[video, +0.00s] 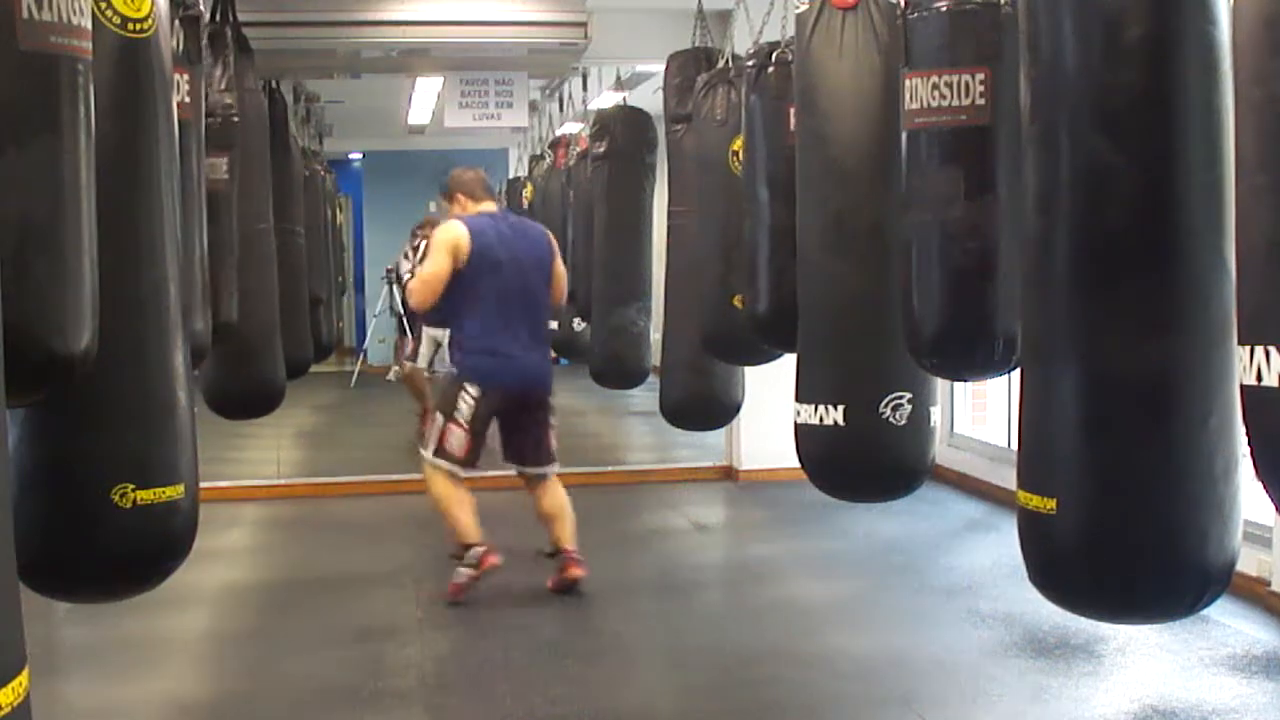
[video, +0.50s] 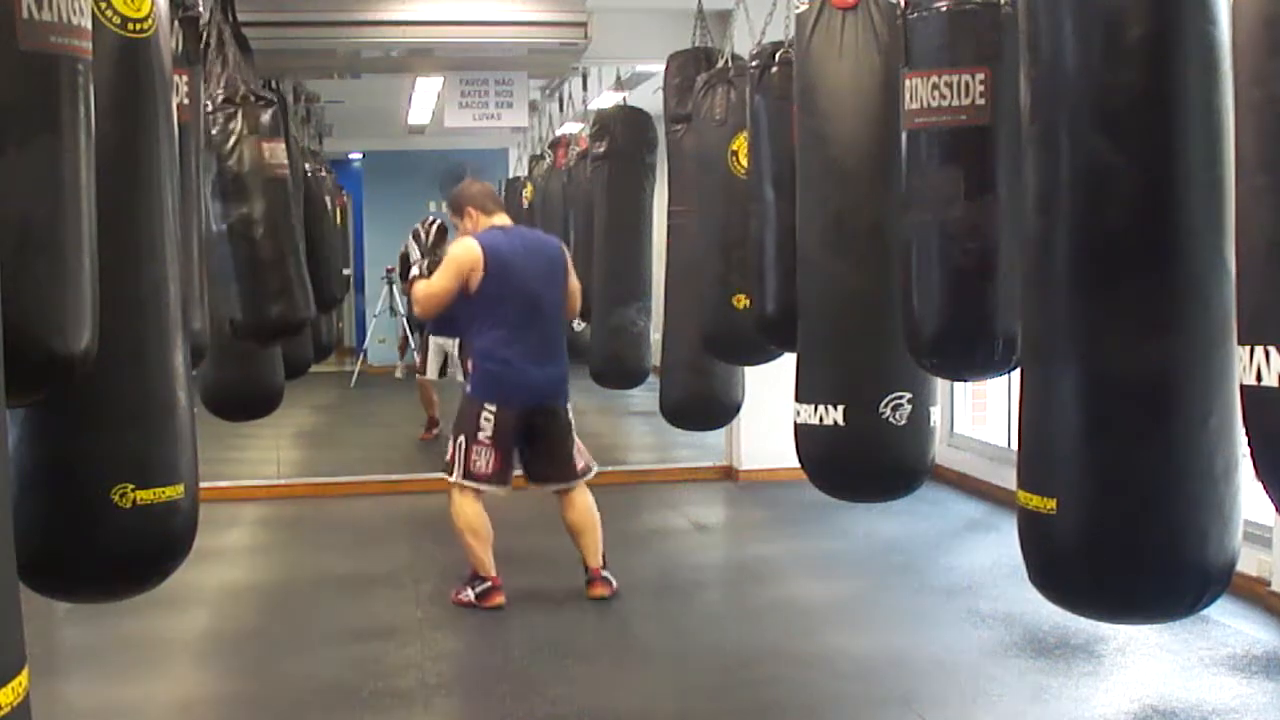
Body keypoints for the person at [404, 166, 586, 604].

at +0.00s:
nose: (450, 213)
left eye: (449, 207)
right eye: (449, 207)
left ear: (460, 200)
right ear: (493, 196)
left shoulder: (454, 233)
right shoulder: (540, 235)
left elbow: (420, 298)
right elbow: (558, 296)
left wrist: (419, 261)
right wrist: (515, 281)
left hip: (479, 371)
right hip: (534, 372)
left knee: (440, 469)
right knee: (542, 474)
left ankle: (474, 549)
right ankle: (569, 555)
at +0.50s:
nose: (460, 230)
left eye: (458, 224)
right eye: (458, 224)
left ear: (470, 215)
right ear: (501, 209)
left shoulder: (468, 249)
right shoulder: (554, 247)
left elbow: (426, 304)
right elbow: (572, 308)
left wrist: (417, 276)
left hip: (494, 388)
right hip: (550, 388)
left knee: (464, 487)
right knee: (570, 484)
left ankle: (486, 581)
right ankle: (598, 573)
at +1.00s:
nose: (498, 230)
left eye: (497, 224)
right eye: (496, 225)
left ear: (511, 213)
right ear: (539, 208)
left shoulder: (512, 240)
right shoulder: (592, 248)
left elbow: (493, 310)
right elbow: (597, 310)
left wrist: (478, 292)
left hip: (529, 378)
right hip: (584, 381)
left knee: (467, 461)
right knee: (594, 477)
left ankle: (477, 560)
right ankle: (614, 570)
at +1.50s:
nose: (440, 235)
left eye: (440, 227)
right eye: (437, 229)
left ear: (457, 216)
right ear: (483, 210)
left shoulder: (458, 251)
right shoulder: (542, 241)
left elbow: (429, 316)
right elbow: (561, 301)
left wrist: (415, 287)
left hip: (495, 378)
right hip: (548, 376)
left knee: (459, 477)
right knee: (561, 465)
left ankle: (453, 572)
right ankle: (599, 543)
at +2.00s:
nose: (455, 225)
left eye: (454, 218)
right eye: (452, 219)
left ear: (469, 210)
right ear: (497, 207)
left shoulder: (469, 238)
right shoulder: (544, 245)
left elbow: (437, 303)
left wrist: (421, 277)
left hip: (492, 376)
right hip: (545, 376)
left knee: (447, 471)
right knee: (555, 474)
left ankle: (449, 569)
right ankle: (577, 561)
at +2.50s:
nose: (333, 262)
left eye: (332, 254)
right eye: (332, 256)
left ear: (342, 248)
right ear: (372, 242)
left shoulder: (357, 274)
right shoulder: (420, 271)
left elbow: (358, 340)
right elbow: (422, 339)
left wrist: (308, 341)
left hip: (392, 409)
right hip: (443, 406)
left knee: (310, 476)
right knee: (484, 484)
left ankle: (318, 582)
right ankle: (548, 555)